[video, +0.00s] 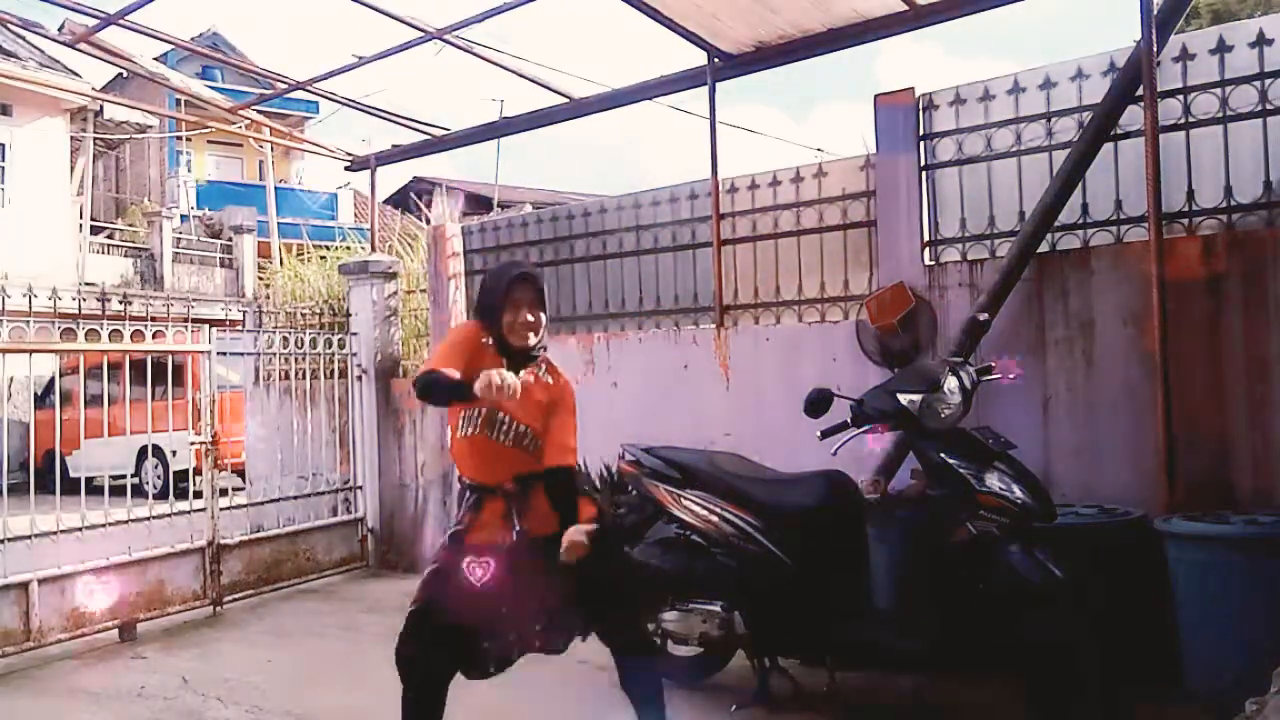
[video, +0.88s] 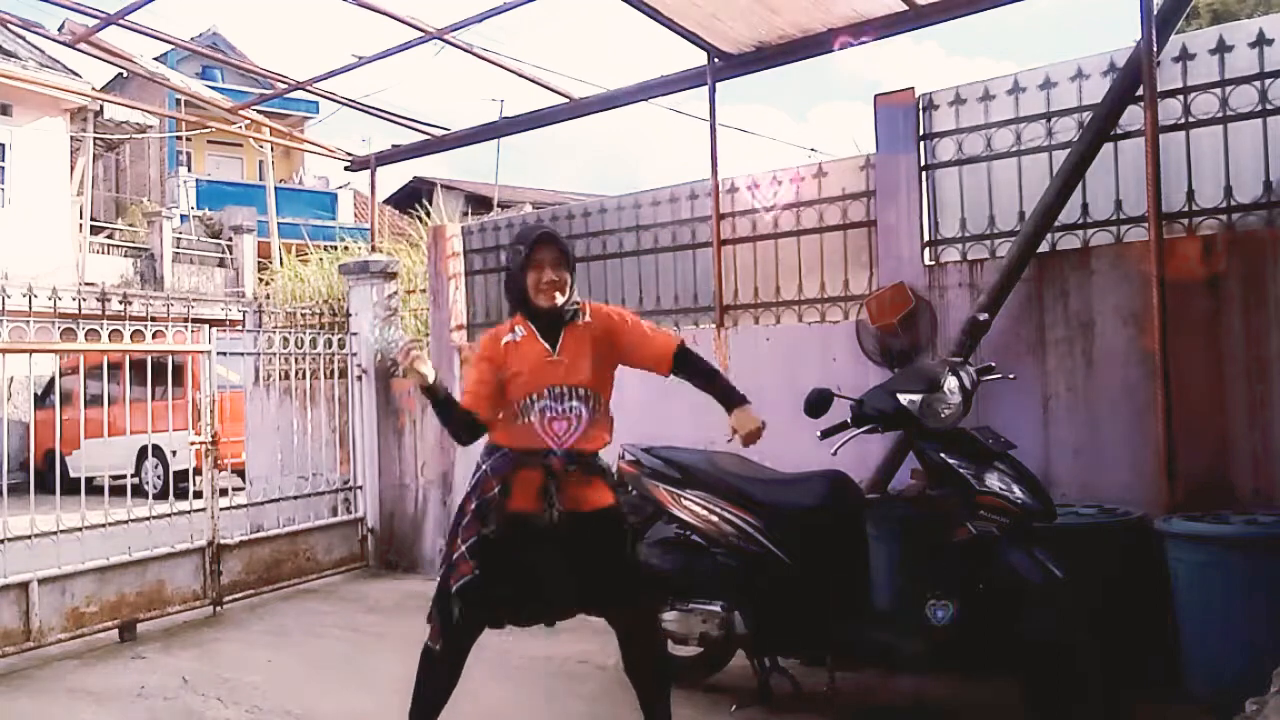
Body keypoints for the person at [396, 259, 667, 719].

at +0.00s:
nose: (528, 316)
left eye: (536, 307)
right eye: (515, 306)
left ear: (545, 315)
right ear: (493, 312)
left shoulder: (554, 385)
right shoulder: (471, 338)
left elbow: (560, 466)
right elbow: (427, 384)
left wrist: (572, 524)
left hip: (548, 516)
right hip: (481, 517)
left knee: (626, 619)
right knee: (420, 647)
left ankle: (652, 716)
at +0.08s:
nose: (532, 310)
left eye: (540, 300)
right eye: (519, 301)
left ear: (548, 308)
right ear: (496, 307)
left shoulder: (562, 373)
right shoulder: (470, 342)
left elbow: (586, 455)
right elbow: (445, 395)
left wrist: (606, 435)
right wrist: (437, 455)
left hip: (568, 519)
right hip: (487, 519)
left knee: (627, 631)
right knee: (428, 639)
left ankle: (654, 714)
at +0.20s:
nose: (546, 279)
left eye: (553, 268)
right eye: (533, 269)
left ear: (563, 275)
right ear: (510, 276)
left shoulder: (581, 335)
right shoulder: (484, 329)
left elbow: (627, 407)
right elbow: (448, 409)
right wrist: (416, 481)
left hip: (570, 489)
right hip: (493, 491)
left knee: (622, 612)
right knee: (444, 624)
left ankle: (658, 714)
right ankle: (418, 717)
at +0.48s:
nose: (570, 291)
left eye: (577, 280)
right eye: (556, 282)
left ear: (589, 287)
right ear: (535, 291)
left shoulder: (612, 353)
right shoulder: (511, 353)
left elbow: (656, 422)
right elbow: (466, 416)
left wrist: (675, 361)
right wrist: (441, 464)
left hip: (597, 513)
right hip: (520, 513)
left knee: (643, 632)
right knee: (465, 634)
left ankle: (657, 717)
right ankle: (425, 719)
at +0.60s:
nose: (574, 267)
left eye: (582, 256)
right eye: (561, 258)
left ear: (594, 264)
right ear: (541, 267)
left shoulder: (622, 319)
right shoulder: (518, 331)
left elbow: (702, 335)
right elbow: (486, 420)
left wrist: (676, 271)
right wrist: (439, 496)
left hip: (599, 497)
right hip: (521, 496)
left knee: (641, 618)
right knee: (464, 617)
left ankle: (659, 715)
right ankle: (416, 716)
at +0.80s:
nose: (563, 297)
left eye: (571, 286)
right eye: (550, 288)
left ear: (584, 292)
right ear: (531, 300)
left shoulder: (614, 337)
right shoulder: (517, 369)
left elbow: (681, 321)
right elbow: (500, 458)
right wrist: (449, 461)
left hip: (595, 513)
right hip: (523, 516)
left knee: (645, 630)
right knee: (459, 631)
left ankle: (656, 716)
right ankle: (426, 716)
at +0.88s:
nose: (551, 277)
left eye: (559, 267)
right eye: (538, 268)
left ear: (571, 275)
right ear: (520, 277)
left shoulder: (603, 325)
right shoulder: (497, 344)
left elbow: (678, 356)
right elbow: (467, 431)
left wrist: (737, 405)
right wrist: (431, 385)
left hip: (588, 496)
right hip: (509, 498)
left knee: (638, 618)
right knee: (454, 616)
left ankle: (659, 716)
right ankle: (419, 718)